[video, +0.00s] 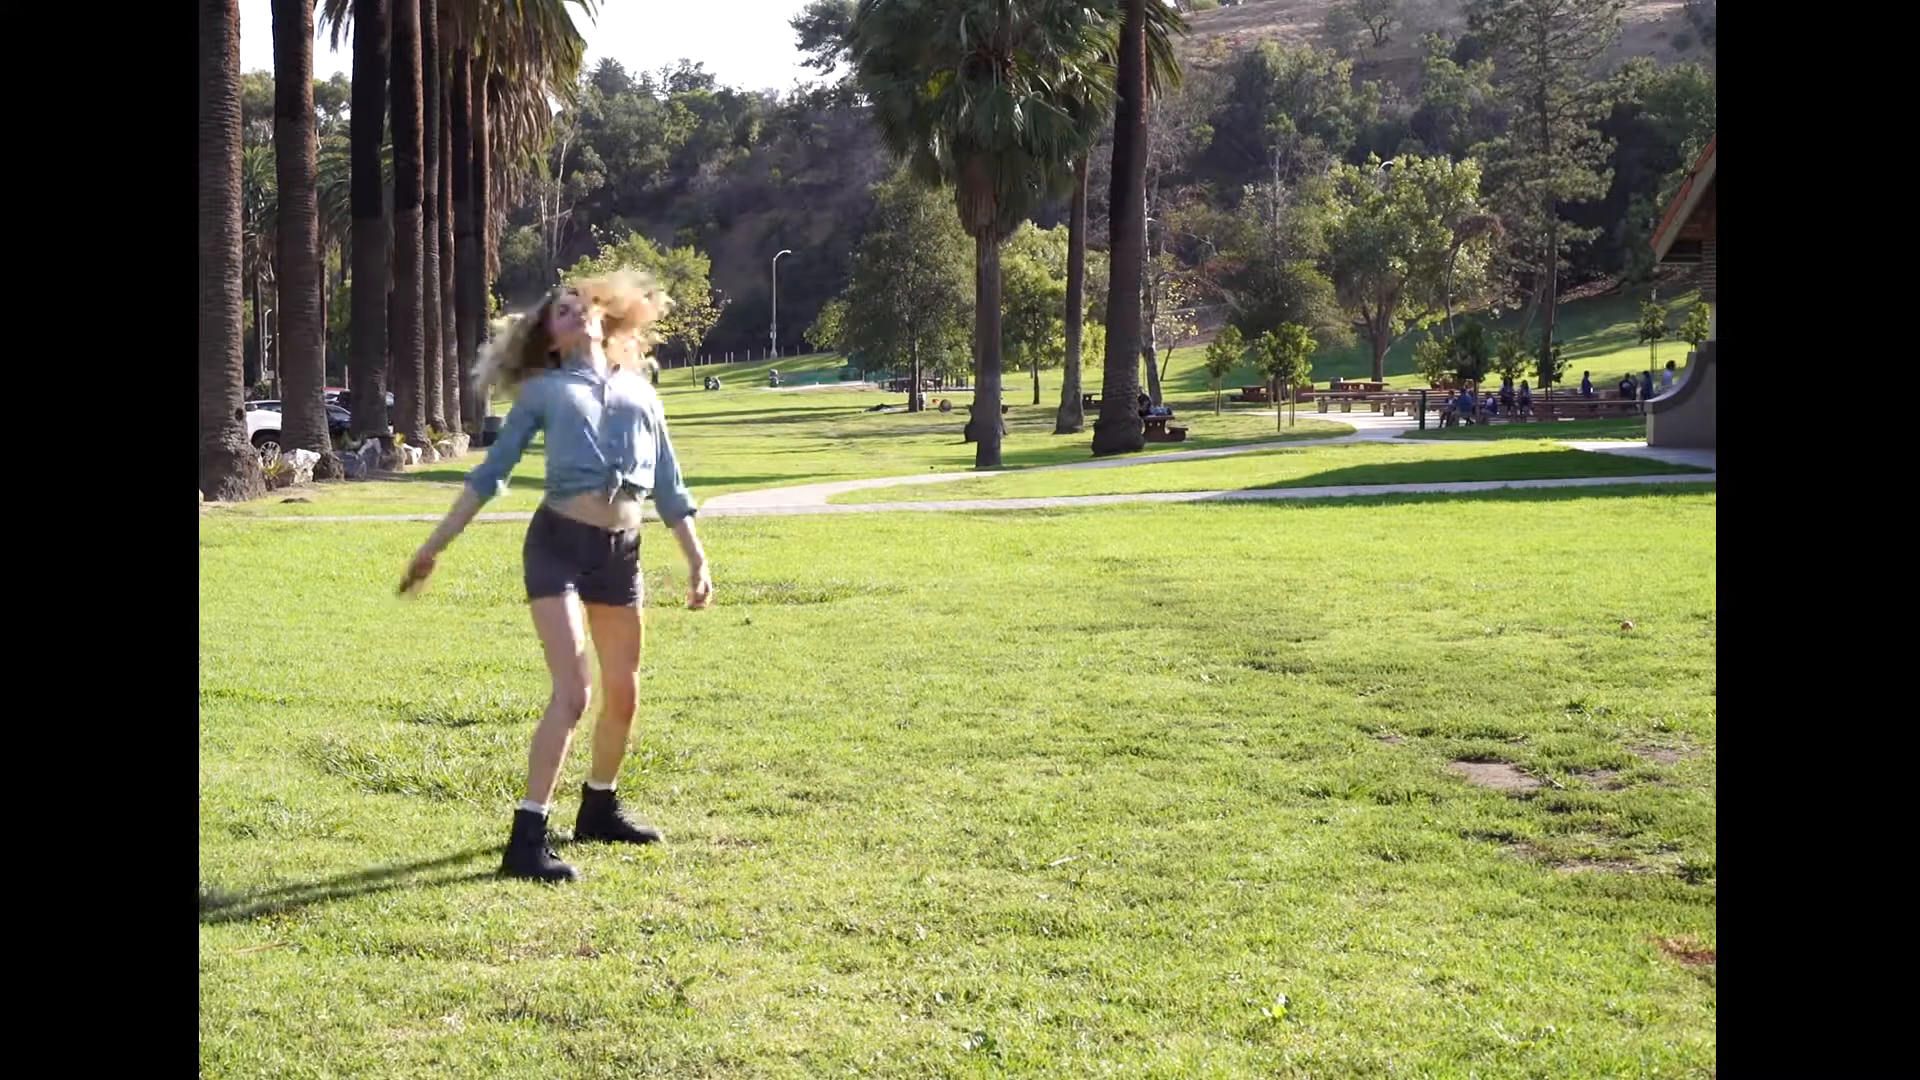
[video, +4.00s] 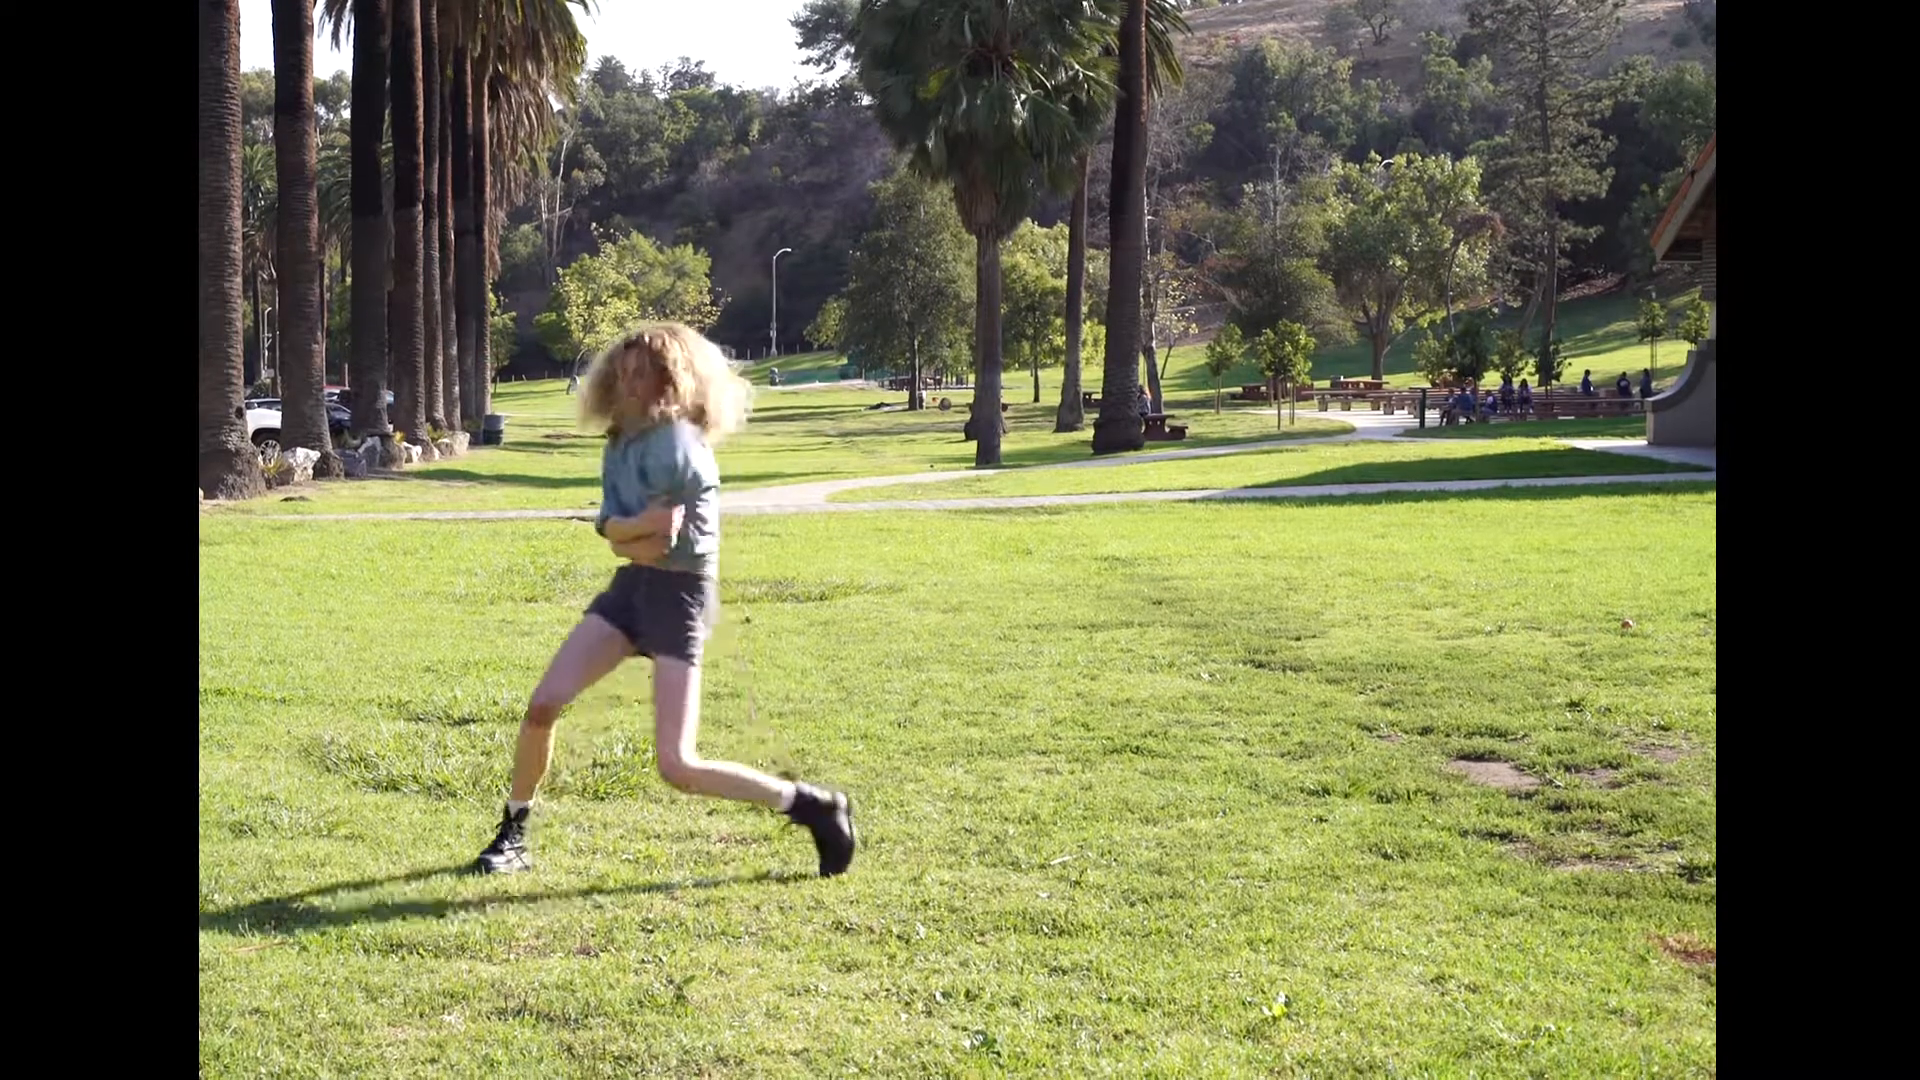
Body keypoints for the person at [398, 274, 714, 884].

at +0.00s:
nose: (572, 305)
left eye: (577, 300)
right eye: (559, 309)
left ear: (601, 317)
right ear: (551, 341)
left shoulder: (640, 388)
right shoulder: (545, 386)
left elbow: (666, 479)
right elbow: (492, 471)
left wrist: (696, 558)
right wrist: (434, 545)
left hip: (620, 551)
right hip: (557, 544)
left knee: (623, 696)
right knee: (574, 693)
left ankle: (599, 810)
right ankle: (527, 839)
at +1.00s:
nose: (621, 399)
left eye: (617, 385)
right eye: (624, 384)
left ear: (594, 387)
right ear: (650, 386)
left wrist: (511, 391)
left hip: (640, 578)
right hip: (570, 572)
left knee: (708, 711)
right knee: (560, 712)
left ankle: (786, 827)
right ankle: (509, 831)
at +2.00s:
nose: (691, 343)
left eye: (704, 333)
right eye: (684, 331)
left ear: (731, 343)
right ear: (673, 333)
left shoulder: (746, 422)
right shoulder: (642, 376)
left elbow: (829, 398)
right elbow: (579, 321)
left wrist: (761, 348)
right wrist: (507, 279)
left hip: (676, 569)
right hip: (604, 558)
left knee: (744, 703)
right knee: (569, 713)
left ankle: (801, 833)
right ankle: (525, 831)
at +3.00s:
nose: (673, 414)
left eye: (687, 403)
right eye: (667, 402)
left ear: (717, 413)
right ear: (659, 407)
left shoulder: (737, 491)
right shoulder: (639, 445)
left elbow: (709, 542)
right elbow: (577, 404)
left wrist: (715, 457)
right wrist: (515, 366)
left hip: (659, 627)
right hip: (586, 613)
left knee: (733, 748)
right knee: (561, 736)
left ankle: (792, 840)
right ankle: (523, 836)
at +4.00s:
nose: (628, 385)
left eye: (640, 374)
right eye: (623, 374)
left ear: (670, 383)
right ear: (615, 381)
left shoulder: (679, 439)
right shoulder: (619, 443)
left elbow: (664, 539)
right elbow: (611, 530)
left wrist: (615, 532)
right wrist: (645, 523)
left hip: (679, 596)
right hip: (629, 588)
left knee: (677, 765)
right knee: (542, 704)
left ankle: (814, 807)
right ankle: (511, 837)